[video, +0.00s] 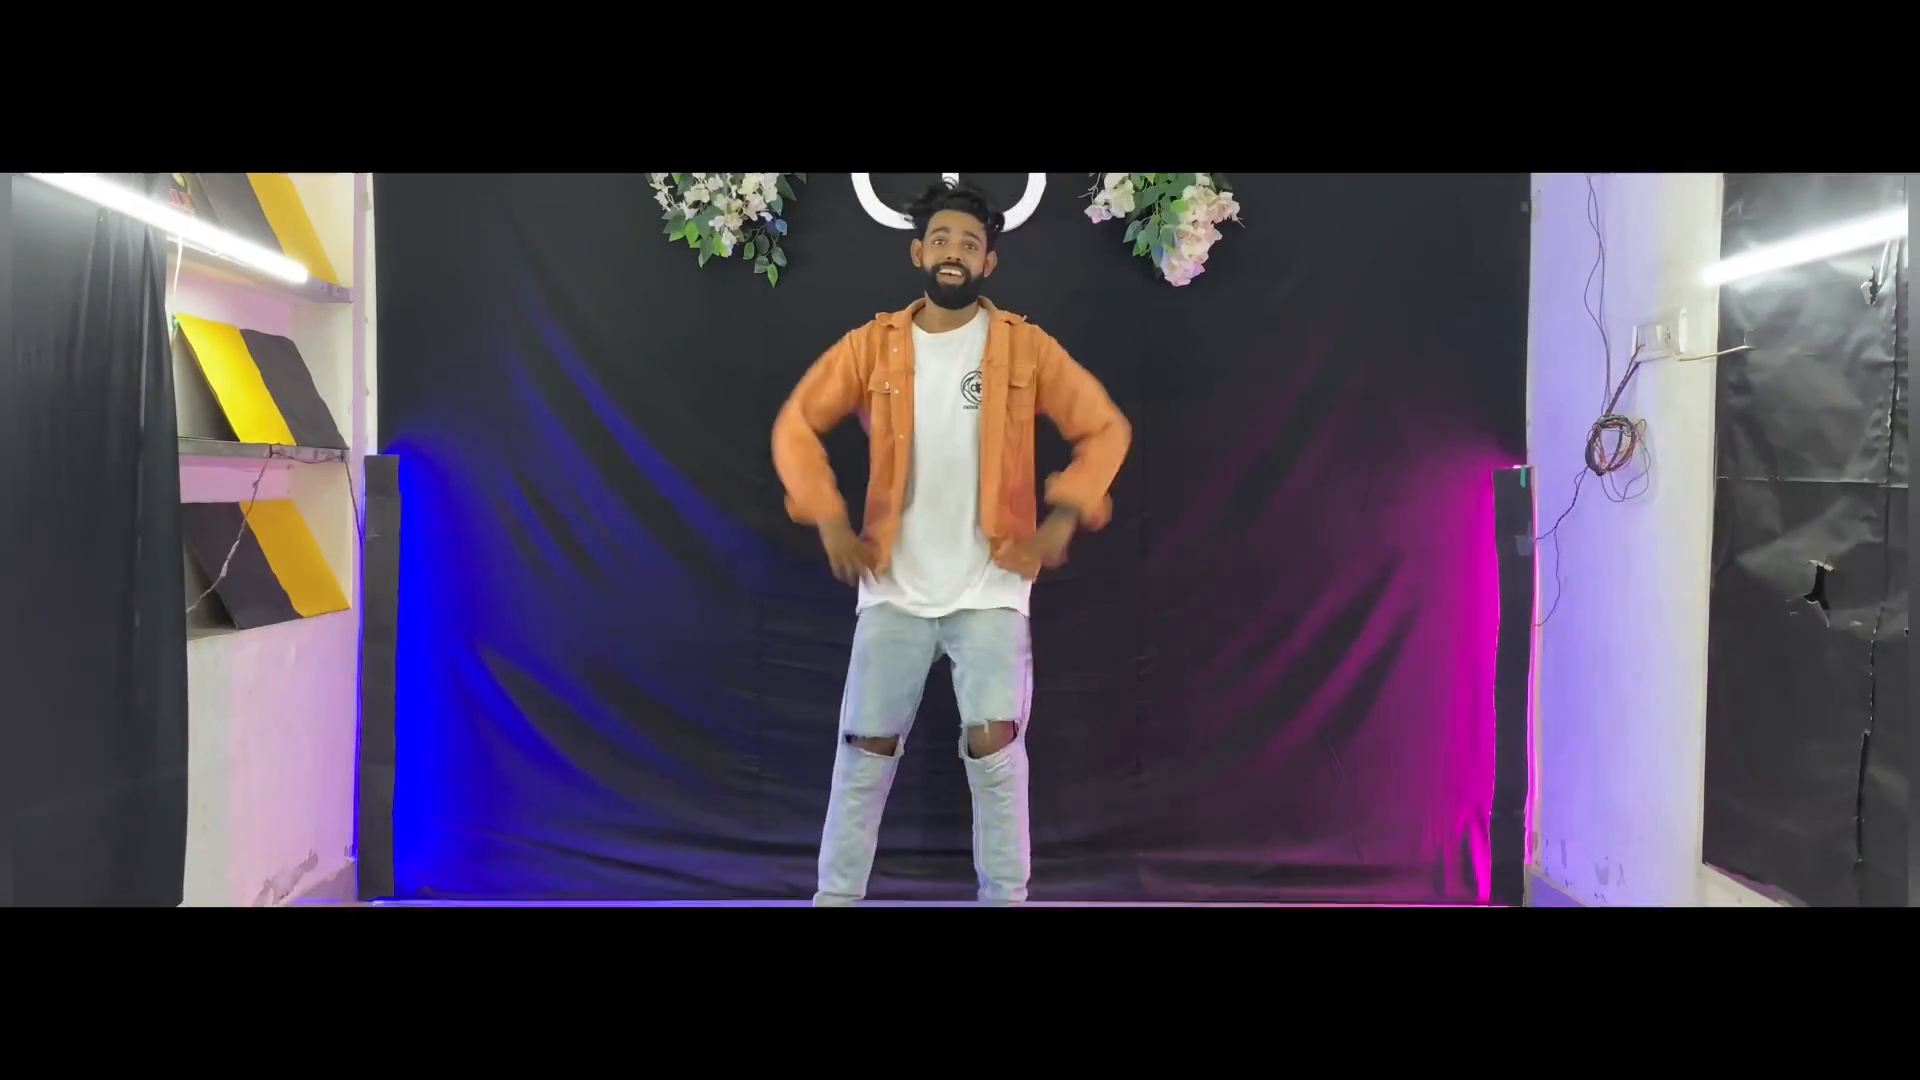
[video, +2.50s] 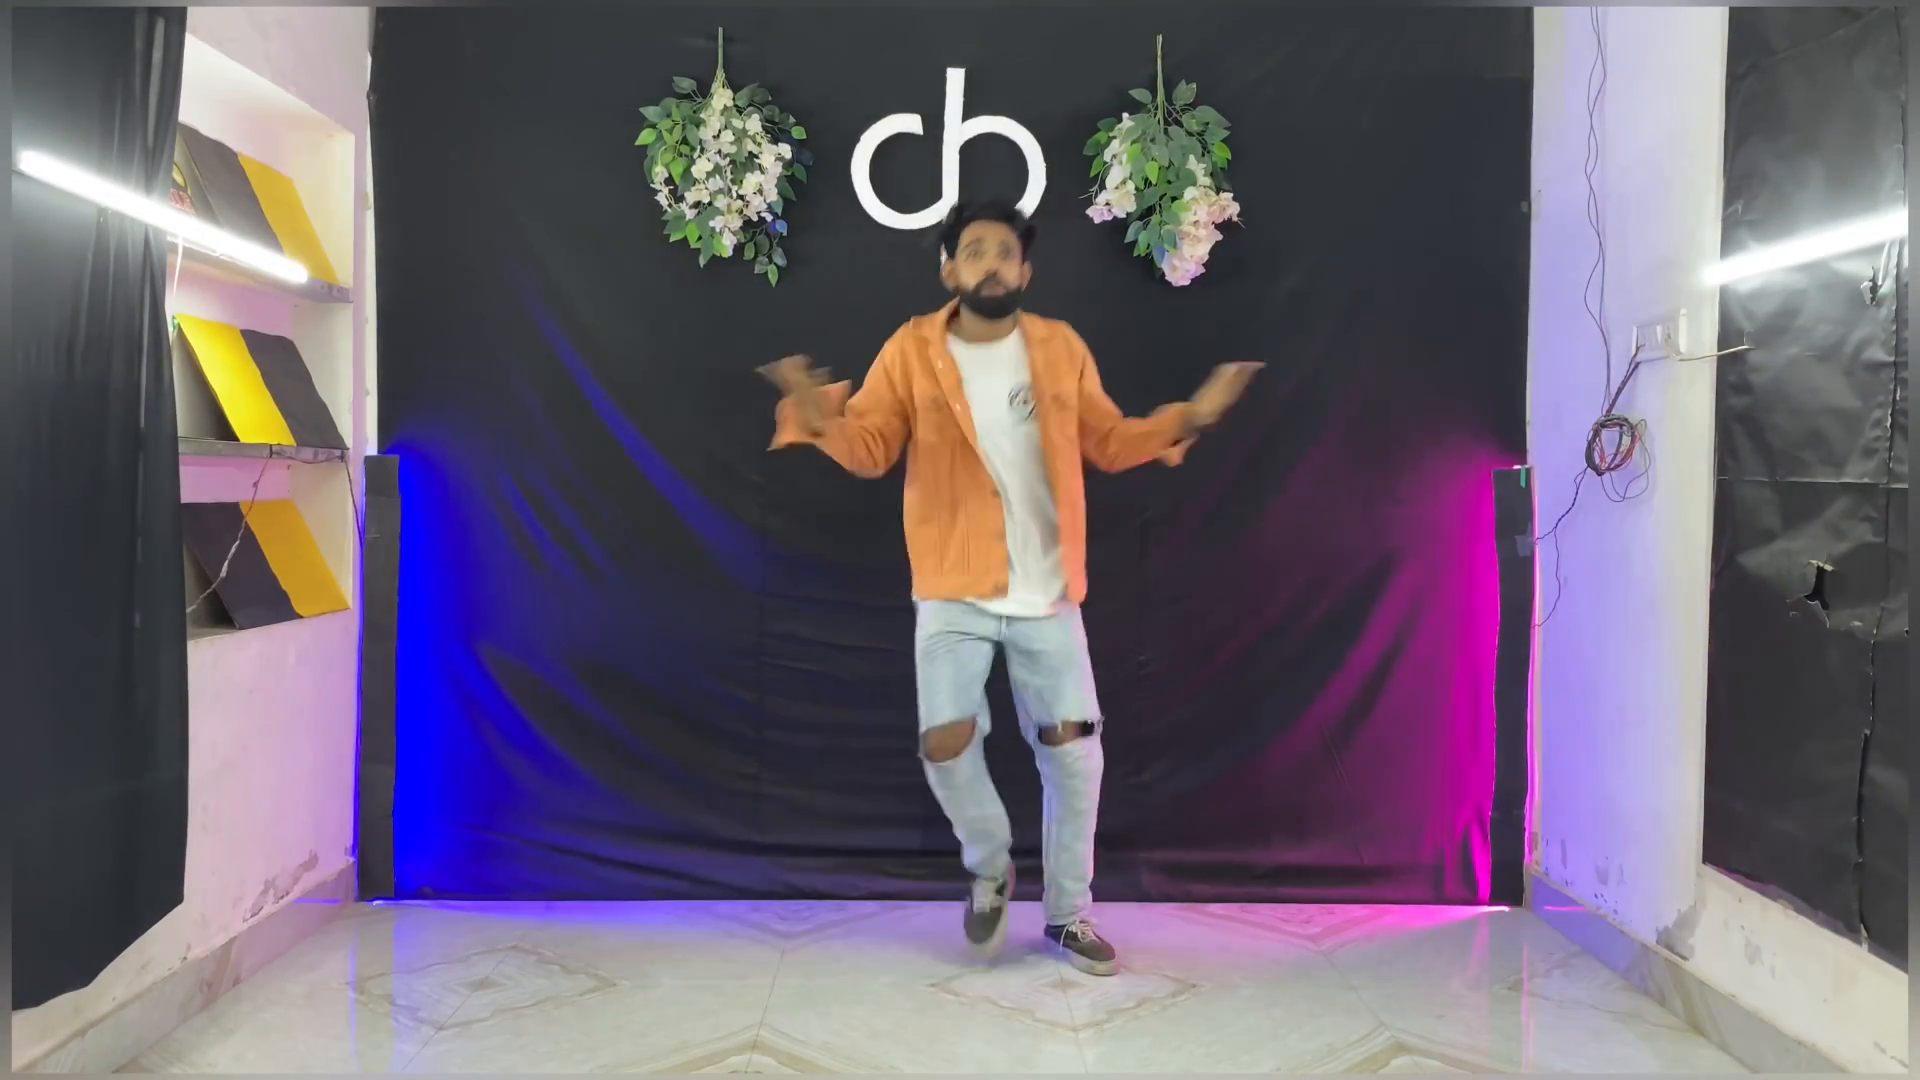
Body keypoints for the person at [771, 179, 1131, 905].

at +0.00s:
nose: (952, 253)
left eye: (969, 242)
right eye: (939, 239)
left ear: (989, 262)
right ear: (917, 252)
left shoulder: (1026, 346)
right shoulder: (873, 344)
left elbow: (1107, 429)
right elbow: (794, 425)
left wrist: (1063, 513)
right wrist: (830, 519)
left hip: (992, 583)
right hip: (894, 582)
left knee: (995, 752)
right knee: (866, 752)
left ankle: (1003, 903)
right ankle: (834, 900)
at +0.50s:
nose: (1012, 286)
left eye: (1024, 273)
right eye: (995, 273)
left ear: (1043, 281)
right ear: (966, 284)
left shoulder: (1076, 325)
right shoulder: (940, 356)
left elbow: (1180, 294)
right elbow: (850, 385)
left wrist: (1127, 270)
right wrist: (941, 323)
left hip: (1061, 567)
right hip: (972, 565)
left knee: (1067, 729)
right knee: (912, 684)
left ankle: (1071, 911)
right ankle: (992, 857)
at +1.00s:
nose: (1007, 286)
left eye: (1020, 271)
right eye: (991, 273)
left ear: (1042, 276)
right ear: (970, 283)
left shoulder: (1075, 353)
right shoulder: (943, 360)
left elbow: (1133, 438)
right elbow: (888, 461)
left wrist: (1107, 346)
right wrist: (919, 375)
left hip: (1072, 565)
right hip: (989, 579)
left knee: (1115, 698)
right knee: (1010, 740)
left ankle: (1073, 869)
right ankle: (1000, 906)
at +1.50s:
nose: (998, 258)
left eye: (1013, 245)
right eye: (985, 244)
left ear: (1041, 255)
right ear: (966, 254)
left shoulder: (1081, 334)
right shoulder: (941, 328)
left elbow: (1135, 426)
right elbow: (899, 437)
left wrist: (1136, 350)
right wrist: (903, 358)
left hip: (1044, 567)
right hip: (953, 556)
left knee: (1058, 733)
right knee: (882, 692)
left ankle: (1075, 909)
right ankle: (928, 861)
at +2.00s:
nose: (855, 356)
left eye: (871, 343)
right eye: (841, 344)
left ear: (901, 352)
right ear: (823, 358)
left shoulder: (950, 426)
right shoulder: (791, 427)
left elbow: (1051, 449)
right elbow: (685, 472)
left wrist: (1149, 470)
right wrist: (580, 484)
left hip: (902, 679)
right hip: (804, 667)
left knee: (912, 856)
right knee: (734, 808)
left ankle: (1054, 914)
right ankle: (648, 926)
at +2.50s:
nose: (992, 264)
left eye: (1006, 252)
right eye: (975, 251)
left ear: (1026, 268)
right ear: (948, 268)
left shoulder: (1059, 346)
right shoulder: (912, 350)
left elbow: (1107, 443)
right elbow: (872, 449)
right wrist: (819, 416)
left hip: (1046, 587)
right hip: (952, 589)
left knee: (1073, 747)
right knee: (945, 742)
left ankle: (1068, 910)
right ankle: (989, 867)